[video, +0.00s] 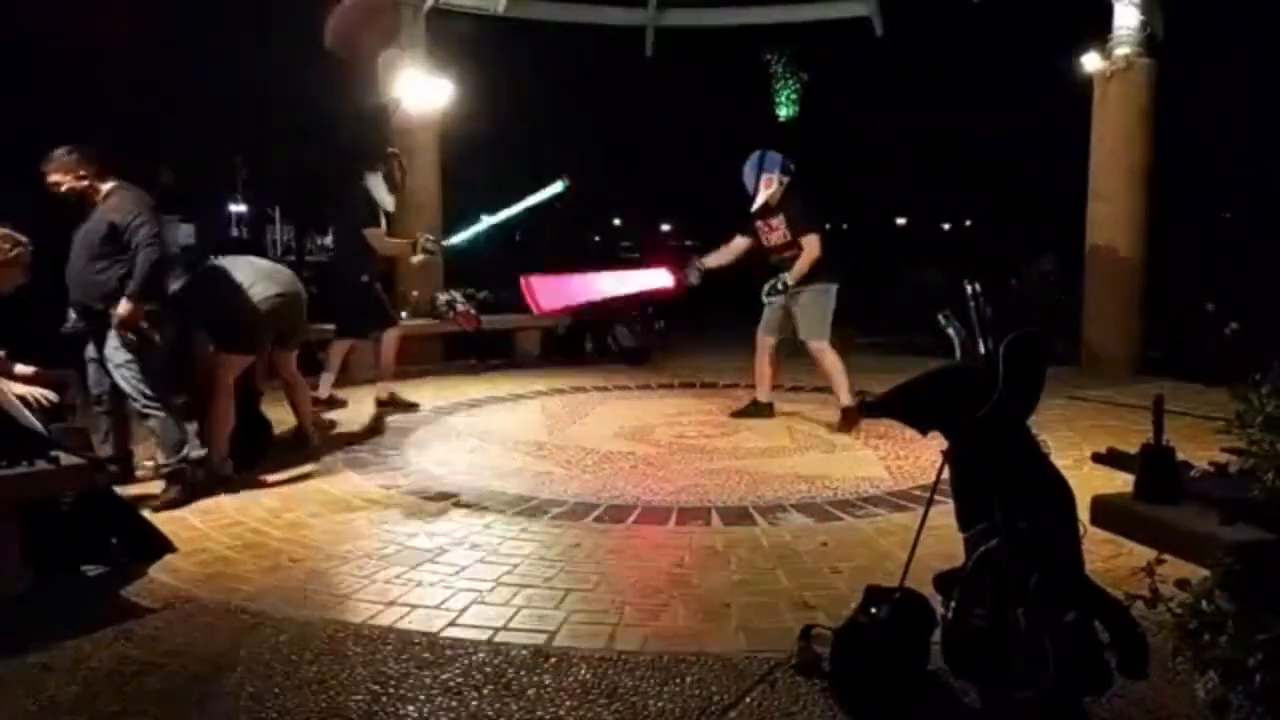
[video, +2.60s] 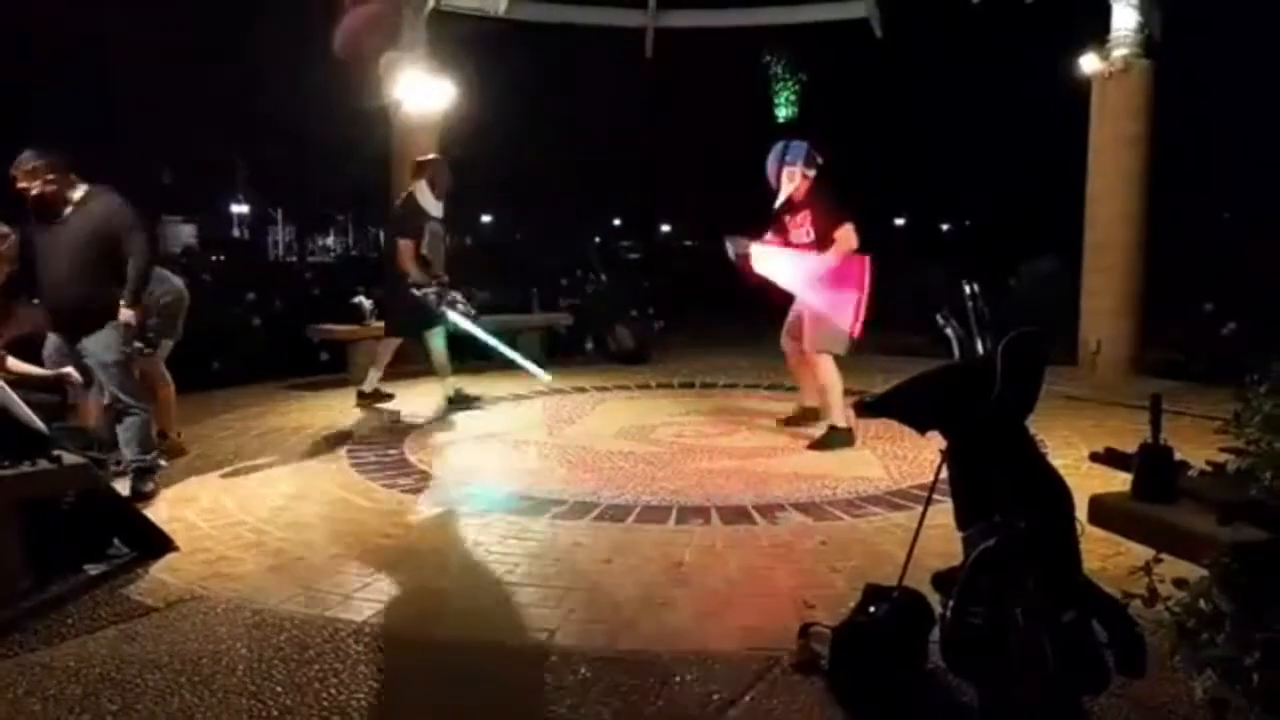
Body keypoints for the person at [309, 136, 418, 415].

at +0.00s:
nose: (392, 177)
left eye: (393, 171)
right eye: (388, 171)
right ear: (375, 170)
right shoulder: (361, 197)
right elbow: (378, 243)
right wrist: (415, 246)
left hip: (347, 272)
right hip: (358, 274)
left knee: (346, 332)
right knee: (391, 327)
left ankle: (323, 391)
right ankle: (384, 391)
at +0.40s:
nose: (401, 172)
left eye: (401, 166)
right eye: (398, 165)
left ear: (377, 167)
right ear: (386, 166)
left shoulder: (379, 193)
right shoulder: (367, 194)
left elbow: (380, 240)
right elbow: (379, 242)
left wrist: (409, 248)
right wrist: (414, 247)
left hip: (355, 276)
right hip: (366, 278)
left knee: (345, 334)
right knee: (408, 324)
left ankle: (323, 392)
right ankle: (426, 390)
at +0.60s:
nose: (419, 181)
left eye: (418, 175)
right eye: (415, 174)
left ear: (393, 175)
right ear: (403, 175)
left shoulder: (380, 202)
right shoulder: (388, 204)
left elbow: (403, 248)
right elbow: (405, 251)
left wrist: (439, 247)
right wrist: (443, 252)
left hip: (374, 284)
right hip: (388, 288)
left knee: (362, 336)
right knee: (431, 323)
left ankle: (326, 391)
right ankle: (437, 396)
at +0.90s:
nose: (448, 171)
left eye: (447, 164)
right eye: (443, 164)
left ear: (417, 165)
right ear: (431, 164)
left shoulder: (408, 190)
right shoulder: (419, 188)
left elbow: (438, 238)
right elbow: (440, 239)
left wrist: (479, 242)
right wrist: (482, 243)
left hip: (392, 272)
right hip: (407, 274)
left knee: (389, 327)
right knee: (438, 327)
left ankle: (353, 384)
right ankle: (438, 395)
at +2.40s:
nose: (463, 185)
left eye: (462, 179)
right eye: (459, 179)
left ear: (442, 181)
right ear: (446, 181)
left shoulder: (439, 207)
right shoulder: (429, 212)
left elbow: (445, 254)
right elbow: (438, 263)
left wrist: (464, 274)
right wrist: (467, 276)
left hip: (426, 285)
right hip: (428, 286)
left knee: (413, 335)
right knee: (470, 326)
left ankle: (373, 384)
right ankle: (473, 392)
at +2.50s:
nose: (451, 185)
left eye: (451, 179)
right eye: (447, 179)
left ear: (432, 180)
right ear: (435, 181)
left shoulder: (432, 208)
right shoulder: (415, 212)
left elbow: (431, 249)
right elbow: (415, 260)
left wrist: (446, 274)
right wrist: (440, 286)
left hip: (418, 277)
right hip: (410, 280)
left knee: (401, 334)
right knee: (447, 327)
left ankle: (369, 386)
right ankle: (467, 389)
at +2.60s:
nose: (448, 180)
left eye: (447, 174)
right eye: (443, 174)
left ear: (434, 176)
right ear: (430, 176)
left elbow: (432, 247)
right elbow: (405, 256)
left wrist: (438, 274)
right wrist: (424, 282)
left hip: (418, 277)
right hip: (405, 279)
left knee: (394, 333)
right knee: (435, 327)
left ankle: (369, 387)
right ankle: (450, 391)